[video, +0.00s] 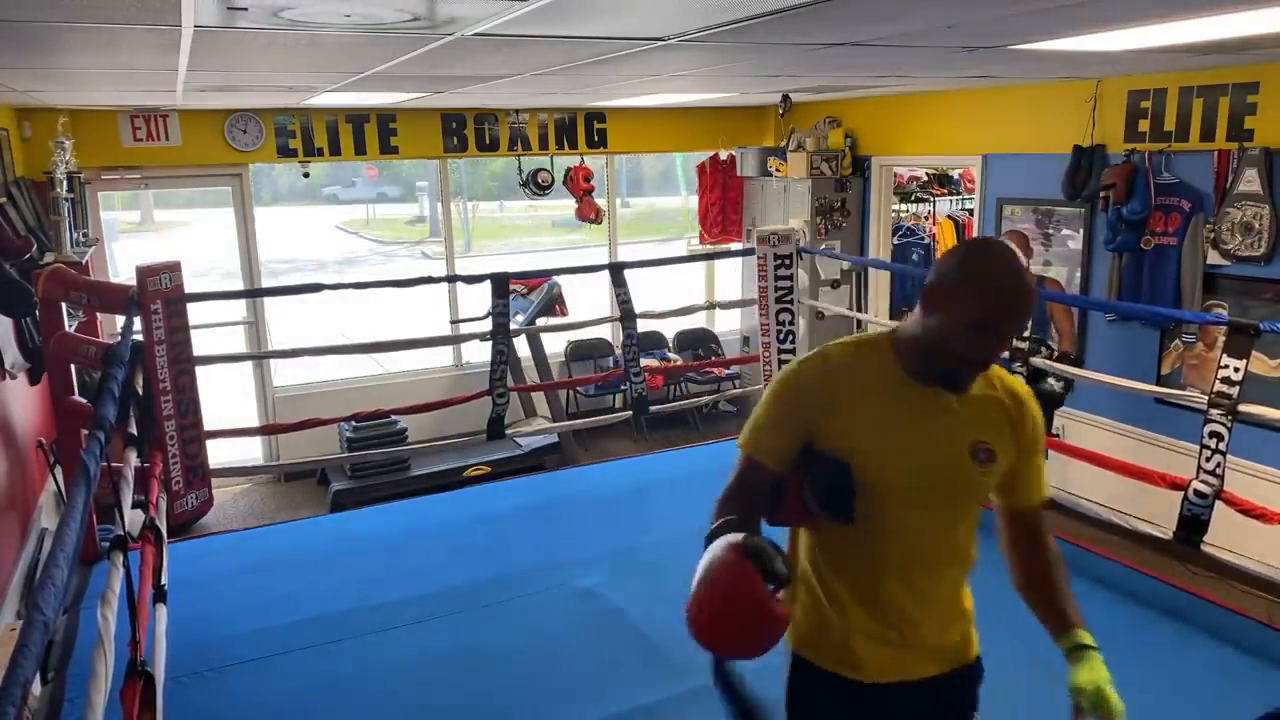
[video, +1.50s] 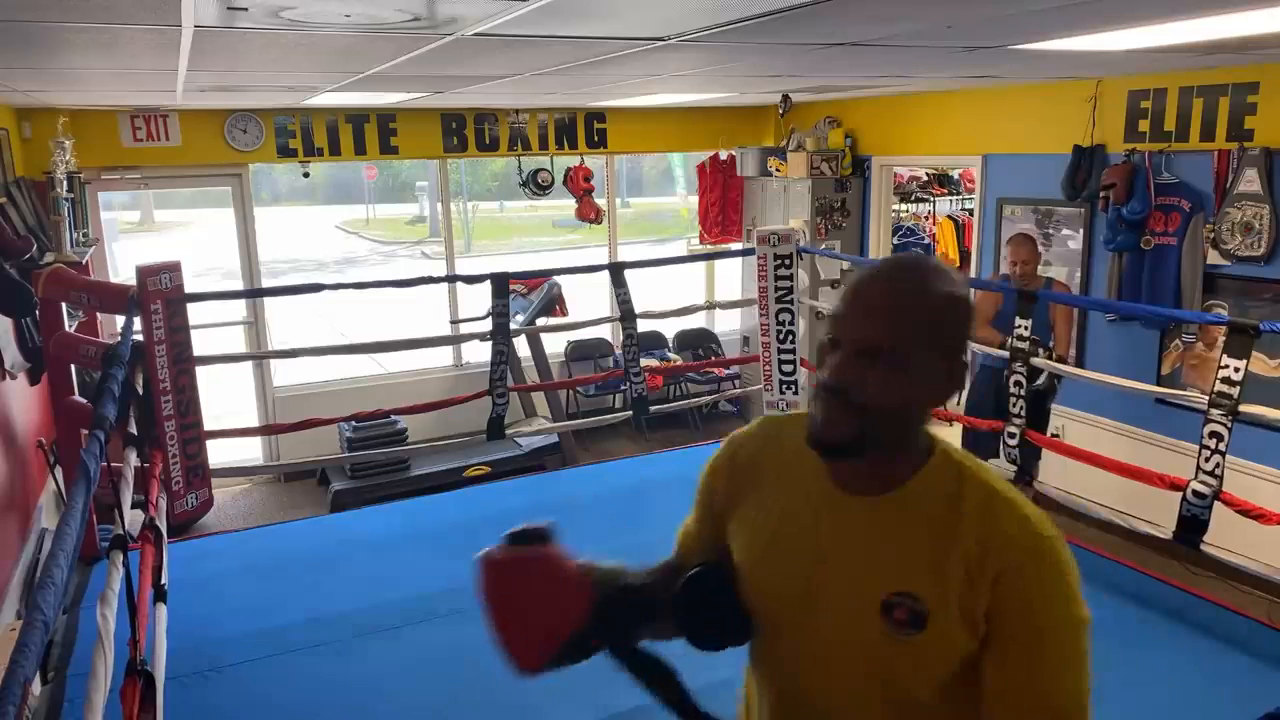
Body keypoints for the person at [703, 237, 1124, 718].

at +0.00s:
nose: (996, 354)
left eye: (1011, 339)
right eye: (984, 331)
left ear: (1021, 331)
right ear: (932, 300)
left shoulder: (1008, 408)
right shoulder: (816, 382)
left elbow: (1028, 539)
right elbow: (743, 498)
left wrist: (1079, 651)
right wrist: (728, 559)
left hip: (943, 674)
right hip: (832, 675)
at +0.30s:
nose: (935, 361)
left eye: (958, 343)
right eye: (919, 337)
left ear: (982, 328)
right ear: (879, 309)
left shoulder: (1018, 410)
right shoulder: (801, 421)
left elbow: (1048, 546)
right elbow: (752, 554)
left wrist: (1115, 670)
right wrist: (723, 592)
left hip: (1003, 696)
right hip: (871, 703)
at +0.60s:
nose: (892, 358)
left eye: (916, 337)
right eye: (871, 335)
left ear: (954, 321)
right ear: (844, 316)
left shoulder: (1019, 420)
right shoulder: (786, 432)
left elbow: (1064, 563)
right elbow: (752, 561)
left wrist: (1054, 682)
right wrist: (715, 590)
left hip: (994, 693)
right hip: (859, 699)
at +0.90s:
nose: (882, 385)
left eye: (912, 365)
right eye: (866, 354)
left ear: (962, 351)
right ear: (849, 336)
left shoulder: (1036, 454)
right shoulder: (793, 438)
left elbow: (1056, 649)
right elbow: (752, 563)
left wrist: (922, 699)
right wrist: (713, 596)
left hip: (990, 706)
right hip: (850, 703)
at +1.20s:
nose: (903, 384)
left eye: (942, 368)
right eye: (892, 348)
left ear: (1003, 370)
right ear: (881, 329)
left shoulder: (1062, 520)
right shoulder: (811, 438)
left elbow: (1023, 711)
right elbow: (740, 555)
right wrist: (759, 571)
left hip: (940, 715)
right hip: (822, 707)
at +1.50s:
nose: (833, 374)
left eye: (872, 358)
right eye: (831, 344)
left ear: (945, 385)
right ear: (816, 343)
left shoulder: (1012, 550)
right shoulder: (750, 462)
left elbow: (1044, 707)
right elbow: (690, 587)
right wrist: (579, 594)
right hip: (767, 706)